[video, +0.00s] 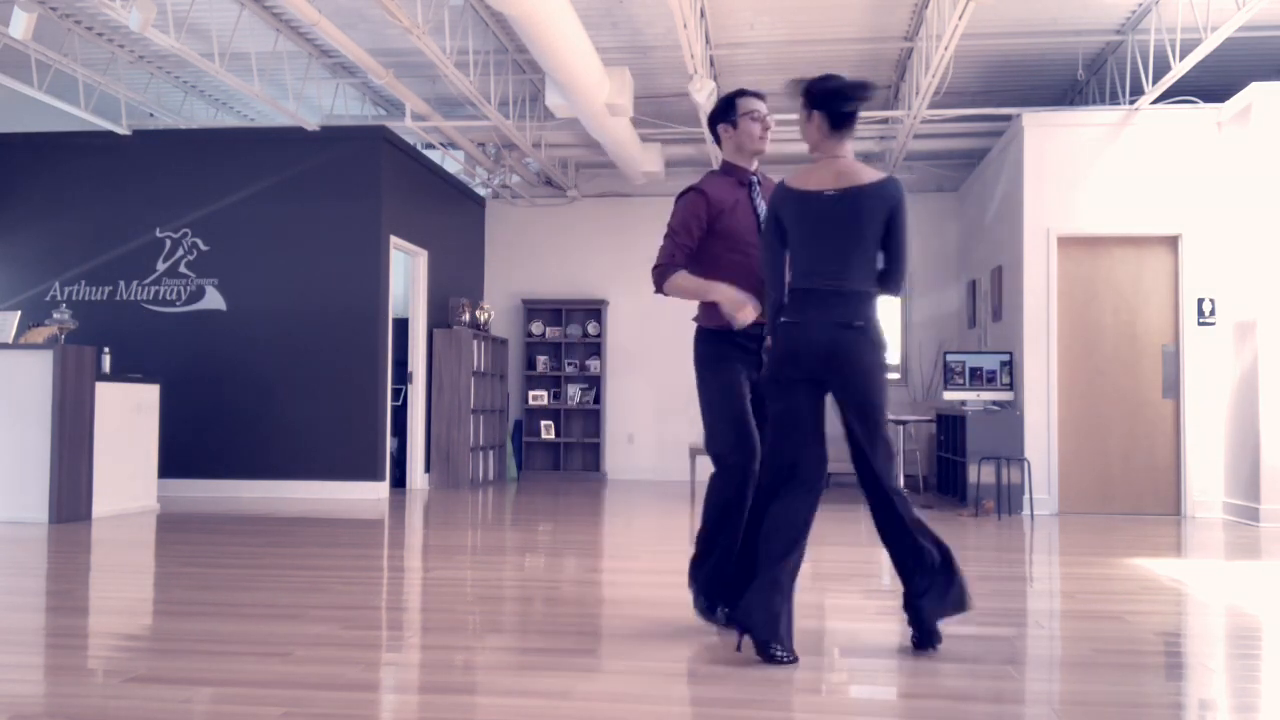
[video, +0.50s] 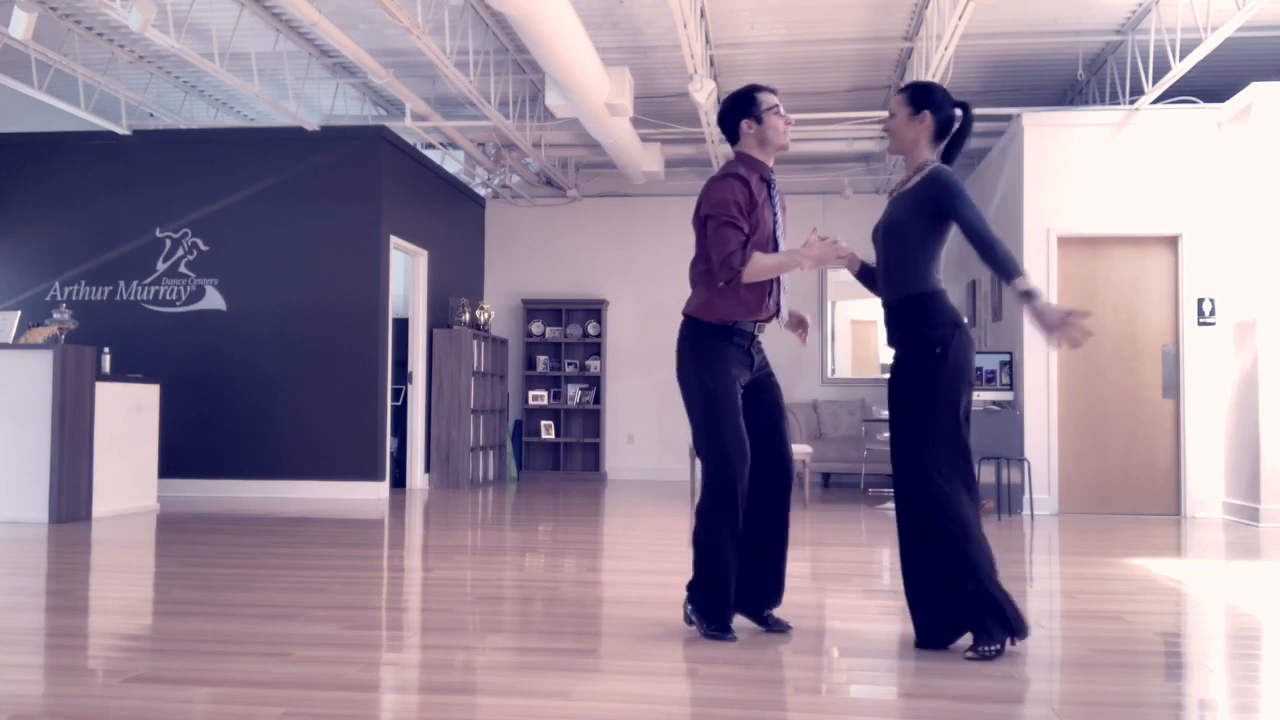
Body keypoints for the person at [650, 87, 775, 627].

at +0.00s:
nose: (767, 125)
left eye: (768, 118)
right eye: (755, 119)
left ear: (767, 132)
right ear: (725, 131)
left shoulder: (781, 194)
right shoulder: (703, 196)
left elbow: (805, 256)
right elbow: (665, 275)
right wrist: (723, 292)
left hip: (778, 344)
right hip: (725, 344)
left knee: (781, 464)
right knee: (739, 461)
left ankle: (752, 594)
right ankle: (709, 581)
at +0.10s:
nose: (769, 127)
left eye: (769, 119)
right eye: (757, 118)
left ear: (765, 132)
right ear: (726, 131)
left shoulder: (779, 199)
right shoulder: (703, 196)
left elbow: (784, 279)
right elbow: (678, 278)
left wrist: (792, 358)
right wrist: (750, 276)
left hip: (771, 346)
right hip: (721, 344)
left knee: (776, 465)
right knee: (756, 450)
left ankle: (744, 599)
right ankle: (712, 539)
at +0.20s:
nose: (774, 128)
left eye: (773, 120)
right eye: (761, 120)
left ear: (764, 135)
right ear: (730, 133)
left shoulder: (775, 201)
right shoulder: (707, 199)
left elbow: (766, 272)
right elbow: (693, 282)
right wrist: (770, 277)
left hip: (766, 345)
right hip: (723, 347)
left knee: (773, 470)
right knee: (760, 453)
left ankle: (744, 604)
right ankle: (706, 535)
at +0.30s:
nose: (777, 128)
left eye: (776, 121)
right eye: (765, 121)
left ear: (762, 138)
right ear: (734, 135)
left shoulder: (772, 203)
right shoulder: (714, 198)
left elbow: (764, 283)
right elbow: (706, 283)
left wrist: (783, 345)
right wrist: (782, 279)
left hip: (765, 350)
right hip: (724, 350)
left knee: (777, 477)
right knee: (757, 470)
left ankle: (746, 603)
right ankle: (705, 578)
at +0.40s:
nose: (782, 126)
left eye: (779, 118)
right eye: (771, 119)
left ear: (760, 135)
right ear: (740, 133)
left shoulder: (766, 197)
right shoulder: (720, 192)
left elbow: (754, 279)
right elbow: (710, 278)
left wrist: (778, 333)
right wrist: (789, 272)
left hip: (759, 348)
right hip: (719, 347)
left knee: (775, 478)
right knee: (741, 472)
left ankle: (752, 603)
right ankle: (708, 604)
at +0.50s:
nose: (789, 120)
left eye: (786, 112)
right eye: (777, 112)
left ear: (762, 129)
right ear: (747, 127)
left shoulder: (763, 188)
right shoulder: (727, 187)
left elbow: (751, 267)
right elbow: (728, 266)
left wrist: (783, 310)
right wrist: (801, 259)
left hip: (748, 347)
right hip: (711, 346)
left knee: (773, 467)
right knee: (730, 467)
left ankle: (754, 598)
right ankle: (707, 602)